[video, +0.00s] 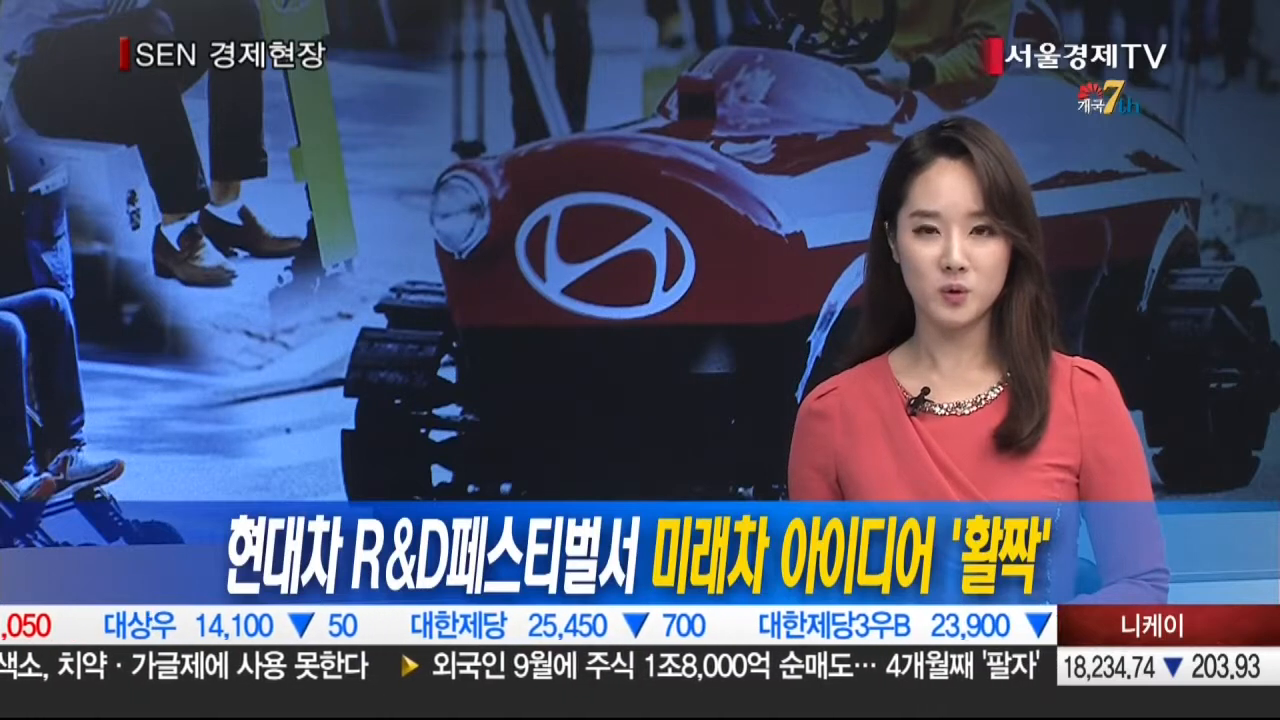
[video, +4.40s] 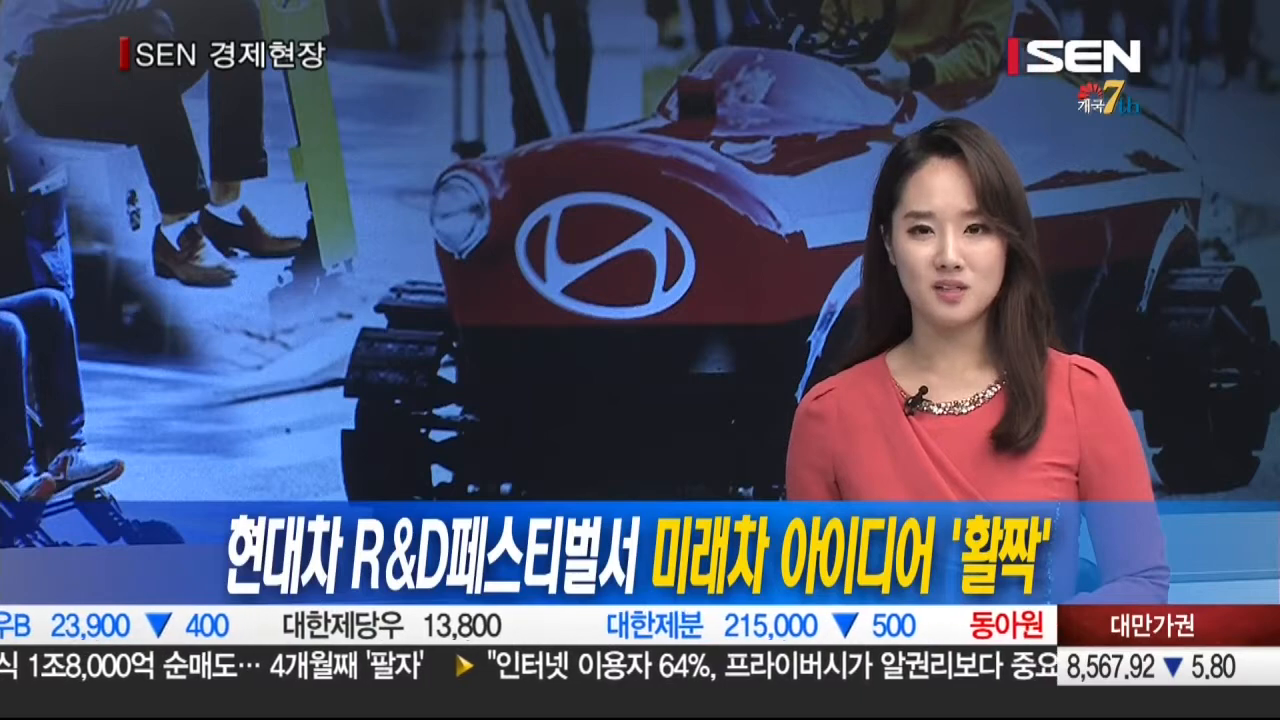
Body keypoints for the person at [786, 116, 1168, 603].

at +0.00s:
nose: (955, 259)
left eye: (982, 230)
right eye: (927, 230)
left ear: (1015, 245)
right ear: (893, 244)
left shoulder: (1084, 397)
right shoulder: (830, 415)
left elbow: (1142, 583)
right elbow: (811, 605)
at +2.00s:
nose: (952, 262)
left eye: (979, 232)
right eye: (924, 233)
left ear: (1013, 246)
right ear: (891, 245)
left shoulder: (1083, 396)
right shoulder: (830, 415)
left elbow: (1142, 582)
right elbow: (811, 605)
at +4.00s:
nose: (949, 257)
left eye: (976, 229)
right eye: (921, 230)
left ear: (1010, 245)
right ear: (887, 244)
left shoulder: (1081, 395)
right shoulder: (827, 416)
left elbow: (1143, 579)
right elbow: (808, 604)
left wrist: (1034, 637)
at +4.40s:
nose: (949, 257)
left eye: (976, 229)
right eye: (921, 230)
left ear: (1011, 244)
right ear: (889, 245)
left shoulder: (1082, 396)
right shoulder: (828, 415)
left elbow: (1144, 582)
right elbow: (808, 603)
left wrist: (1032, 637)